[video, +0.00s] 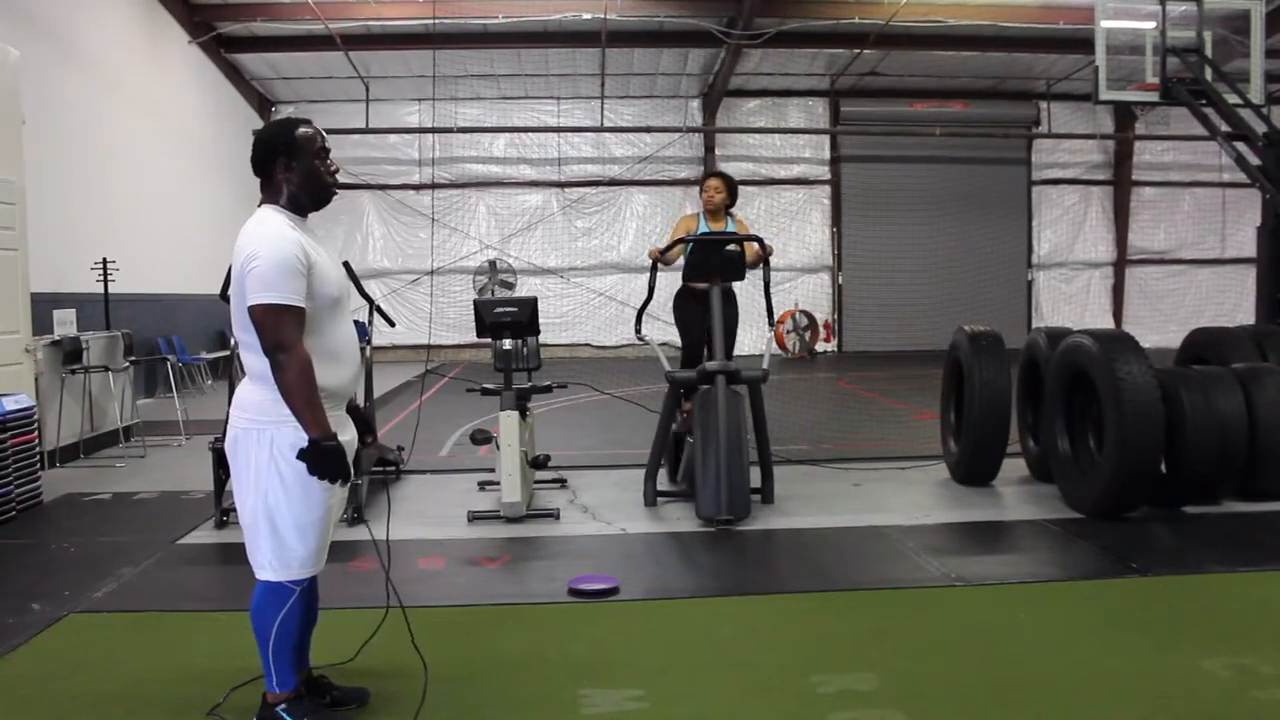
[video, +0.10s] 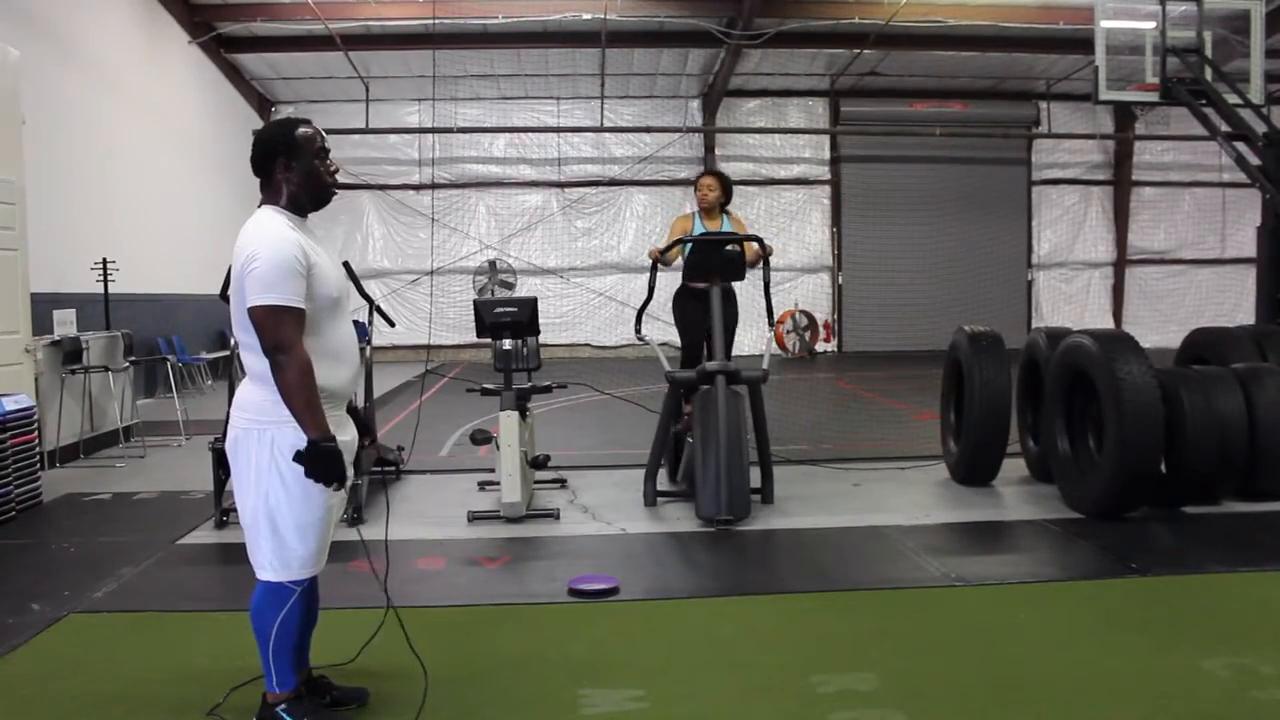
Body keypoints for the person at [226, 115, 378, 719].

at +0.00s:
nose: (335, 166)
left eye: (330, 155)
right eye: (321, 156)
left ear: (291, 171)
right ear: (286, 169)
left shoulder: (297, 237)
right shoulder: (272, 239)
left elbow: (318, 339)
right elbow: (281, 349)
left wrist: (352, 408)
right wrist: (320, 435)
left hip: (303, 428)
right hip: (278, 432)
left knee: (301, 565)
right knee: (284, 570)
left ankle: (298, 679)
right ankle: (280, 698)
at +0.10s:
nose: (334, 166)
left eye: (330, 155)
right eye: (320, 156)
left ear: (290, 171)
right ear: (285, 169)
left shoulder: (296, 237)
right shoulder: (271, 239)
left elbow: (317, 341)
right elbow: (281, 349)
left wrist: (352, 409)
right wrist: (318, 437)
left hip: (305, 426)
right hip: (279, 430)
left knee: (302, 565)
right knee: (285, 570)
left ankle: (298, 679)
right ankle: (280, 698)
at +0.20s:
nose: (333, 166)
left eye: (329, 155)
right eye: (320, 156)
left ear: (291, 171)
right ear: (285, 169)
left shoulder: (295, 237)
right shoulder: (271, 240)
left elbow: (316, 343)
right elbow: (281, 350)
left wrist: (352, 413)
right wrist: (317, 438)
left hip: (302, 427)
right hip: (279, 430)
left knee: (302, 565)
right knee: (285, 570)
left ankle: (298, 679)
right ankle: (281, 697)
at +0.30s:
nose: (333, 166)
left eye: (329, 155)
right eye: (320, 156)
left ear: (291, 171)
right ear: (285, 169)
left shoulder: (295, 237)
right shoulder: (271, 240)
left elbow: (314, 343)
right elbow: (281, 351)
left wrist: (351, 411)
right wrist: (315, 439)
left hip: (302, 427)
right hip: (279, 430)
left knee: (302, 565)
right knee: (285, 570)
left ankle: (298, 679)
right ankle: (281, 696)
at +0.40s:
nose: (333, 166)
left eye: (329, 155)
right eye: (320, 156)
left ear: (291, 171)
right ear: (285, 169)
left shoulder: (294, 237)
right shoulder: (271, 240)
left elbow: (313, 343)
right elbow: (280, 350)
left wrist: (351, 412)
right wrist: (314, 440)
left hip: (301, 427)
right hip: (278, 430)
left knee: (302, 565)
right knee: (285, 570)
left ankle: (298, 679)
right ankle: (281, 697)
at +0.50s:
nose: (333, 166)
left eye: (329, 155)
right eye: (320, 156)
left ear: (291, 171)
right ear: (285, 169)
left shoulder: (294, 237)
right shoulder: (271, 240)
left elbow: (313, 344)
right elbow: (280, 351)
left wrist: (351, 411)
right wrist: (315, 440)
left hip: (301, 427)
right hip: (278, 430)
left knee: (301, 565)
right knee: (285, 570)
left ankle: (298, 680)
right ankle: (282, 697)